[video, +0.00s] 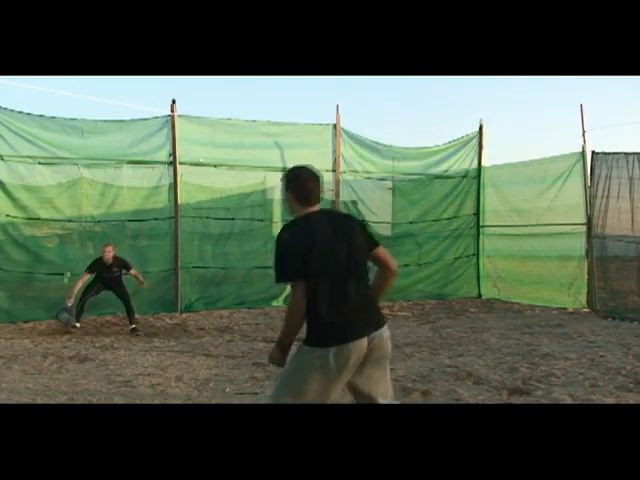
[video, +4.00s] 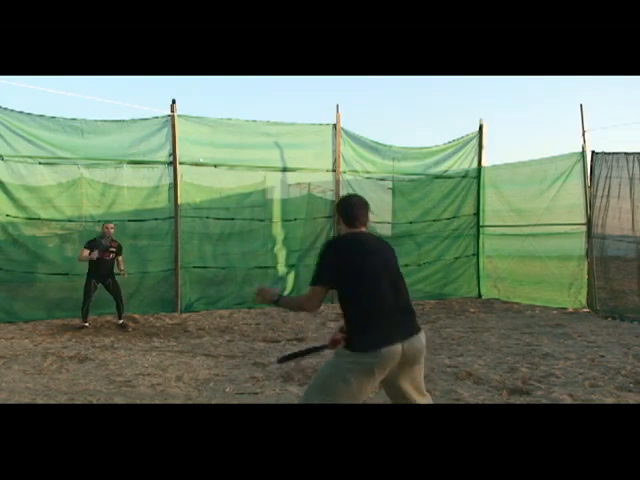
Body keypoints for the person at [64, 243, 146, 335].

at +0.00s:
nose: (107, 255)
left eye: (109, 252)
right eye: (105, 252)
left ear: (113, 253)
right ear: (102, 253)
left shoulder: (120, 262)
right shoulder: (97, 263)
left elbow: (133, 272)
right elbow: (82, 279)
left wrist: (141, 281)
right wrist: (72, 297)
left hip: (116, 283)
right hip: (99, 283)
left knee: (127, 301)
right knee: (83, 298)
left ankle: (133, 326)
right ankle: (77, 322)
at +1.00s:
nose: (97, 232)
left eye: (99, 229)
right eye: (94, 230)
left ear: (103, 230)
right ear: (92, 231)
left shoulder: (111, 245)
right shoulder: (86, 245)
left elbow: (118, 260)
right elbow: (81, 258)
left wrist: (115, 271)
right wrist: (77, 270)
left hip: (106, 275)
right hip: (92, 275)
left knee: (110, 298)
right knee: (84, 297)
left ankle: (109, 320)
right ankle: (86, 321)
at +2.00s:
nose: (112, 225)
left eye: (115, 223)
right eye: (110, 223)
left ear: (118, 225)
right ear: (107, 226)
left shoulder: (124, 240)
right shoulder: (101, 239)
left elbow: (129, 254)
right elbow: (100, 243)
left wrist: (131, 262)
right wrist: (101, 231)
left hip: (119, 273)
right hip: (104, 272)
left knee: (123, 298)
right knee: (96, 298)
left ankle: (126, 323)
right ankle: (91, 322)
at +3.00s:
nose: (100, 251)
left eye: (101, 249)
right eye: (97, 249)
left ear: (104, 251)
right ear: (94, 251)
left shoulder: (109, 264)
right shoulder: (87, 263)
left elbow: (111, 279)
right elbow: (82, 276)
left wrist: (107, 290)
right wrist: (87, 278)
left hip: (101, 290)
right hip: (87, 290)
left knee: (117, 301)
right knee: (73, 304)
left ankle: (118, 323)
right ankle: (75, 323)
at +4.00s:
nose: (109, 231)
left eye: (111, 228)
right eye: (107, 228)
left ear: (114, 230)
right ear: (103, 229)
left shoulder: (117, 246)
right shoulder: (93, 243)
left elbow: (119, 259)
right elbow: (81, 257)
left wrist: (121, 269)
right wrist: (90, 256)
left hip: (108, 275)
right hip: (94, 275)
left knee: (118, 297)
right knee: (87, 298)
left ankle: (120, 320)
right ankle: (85, 322)